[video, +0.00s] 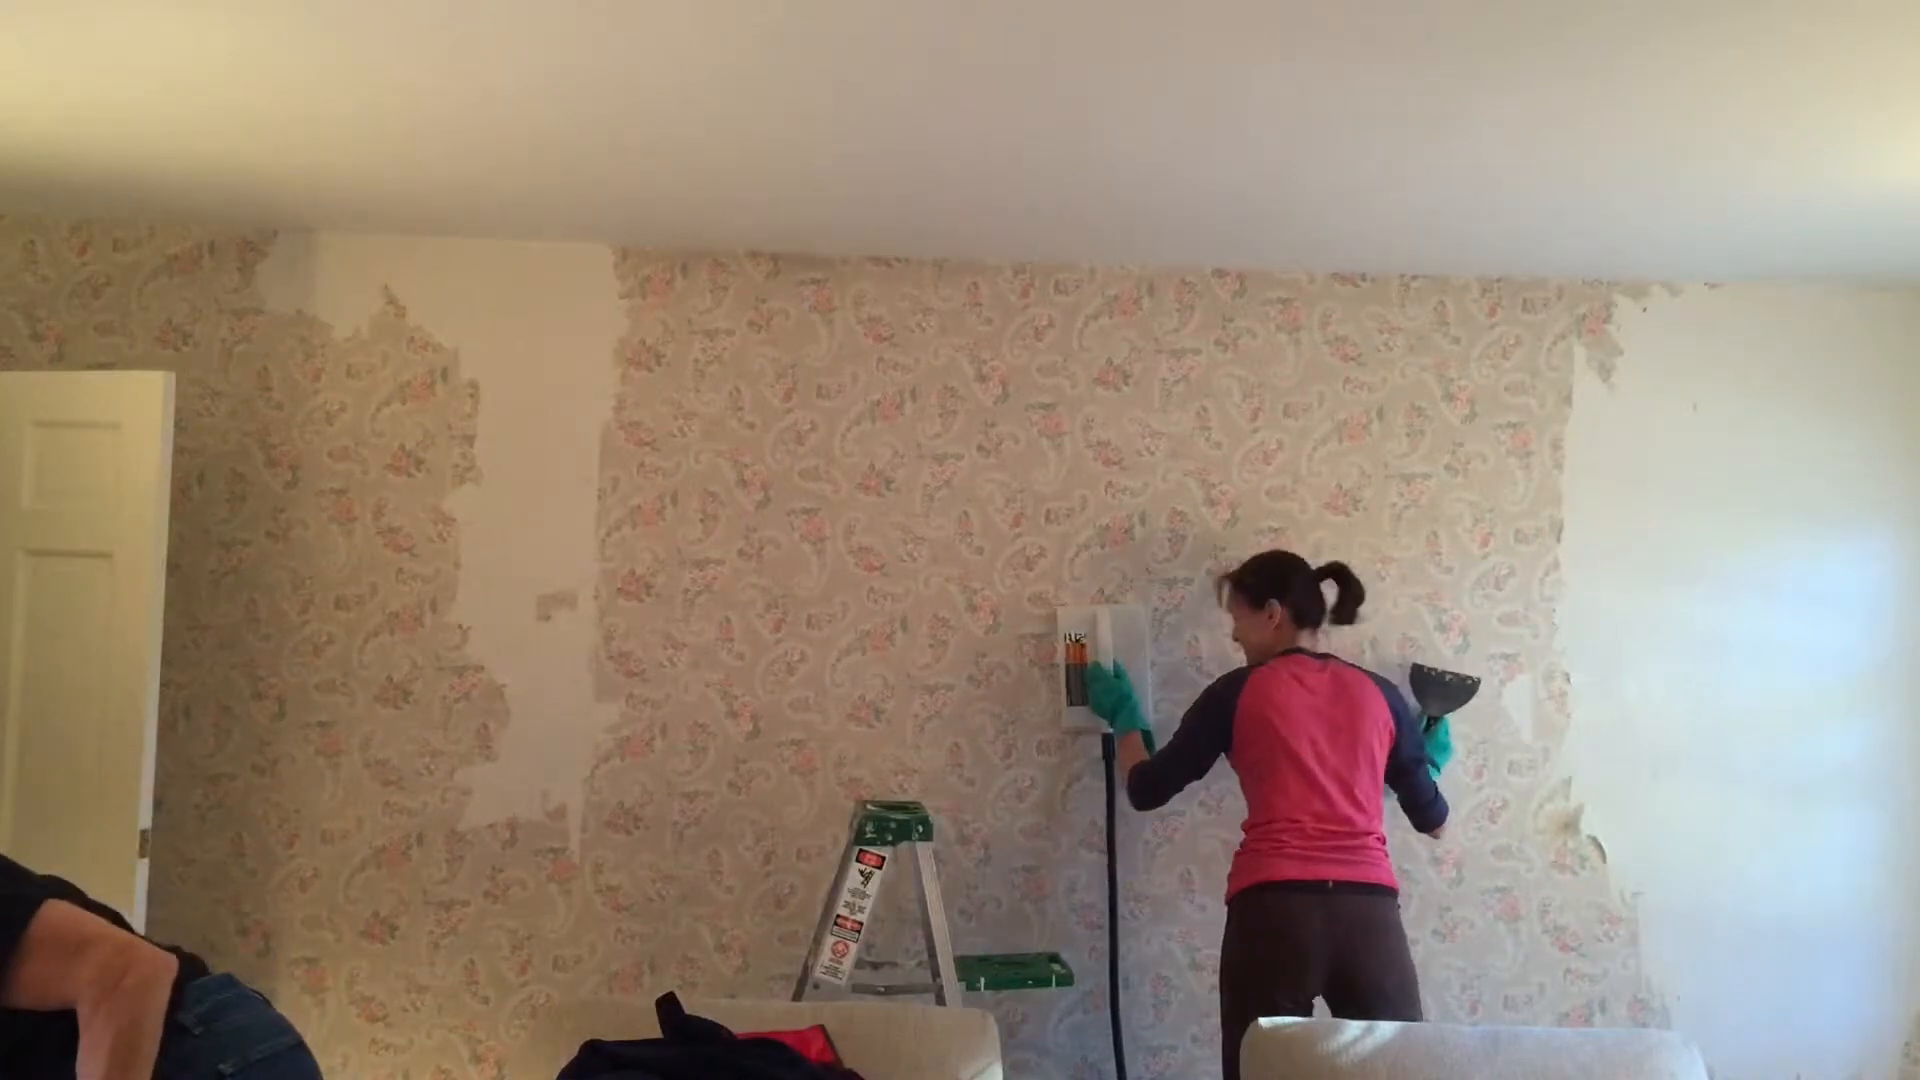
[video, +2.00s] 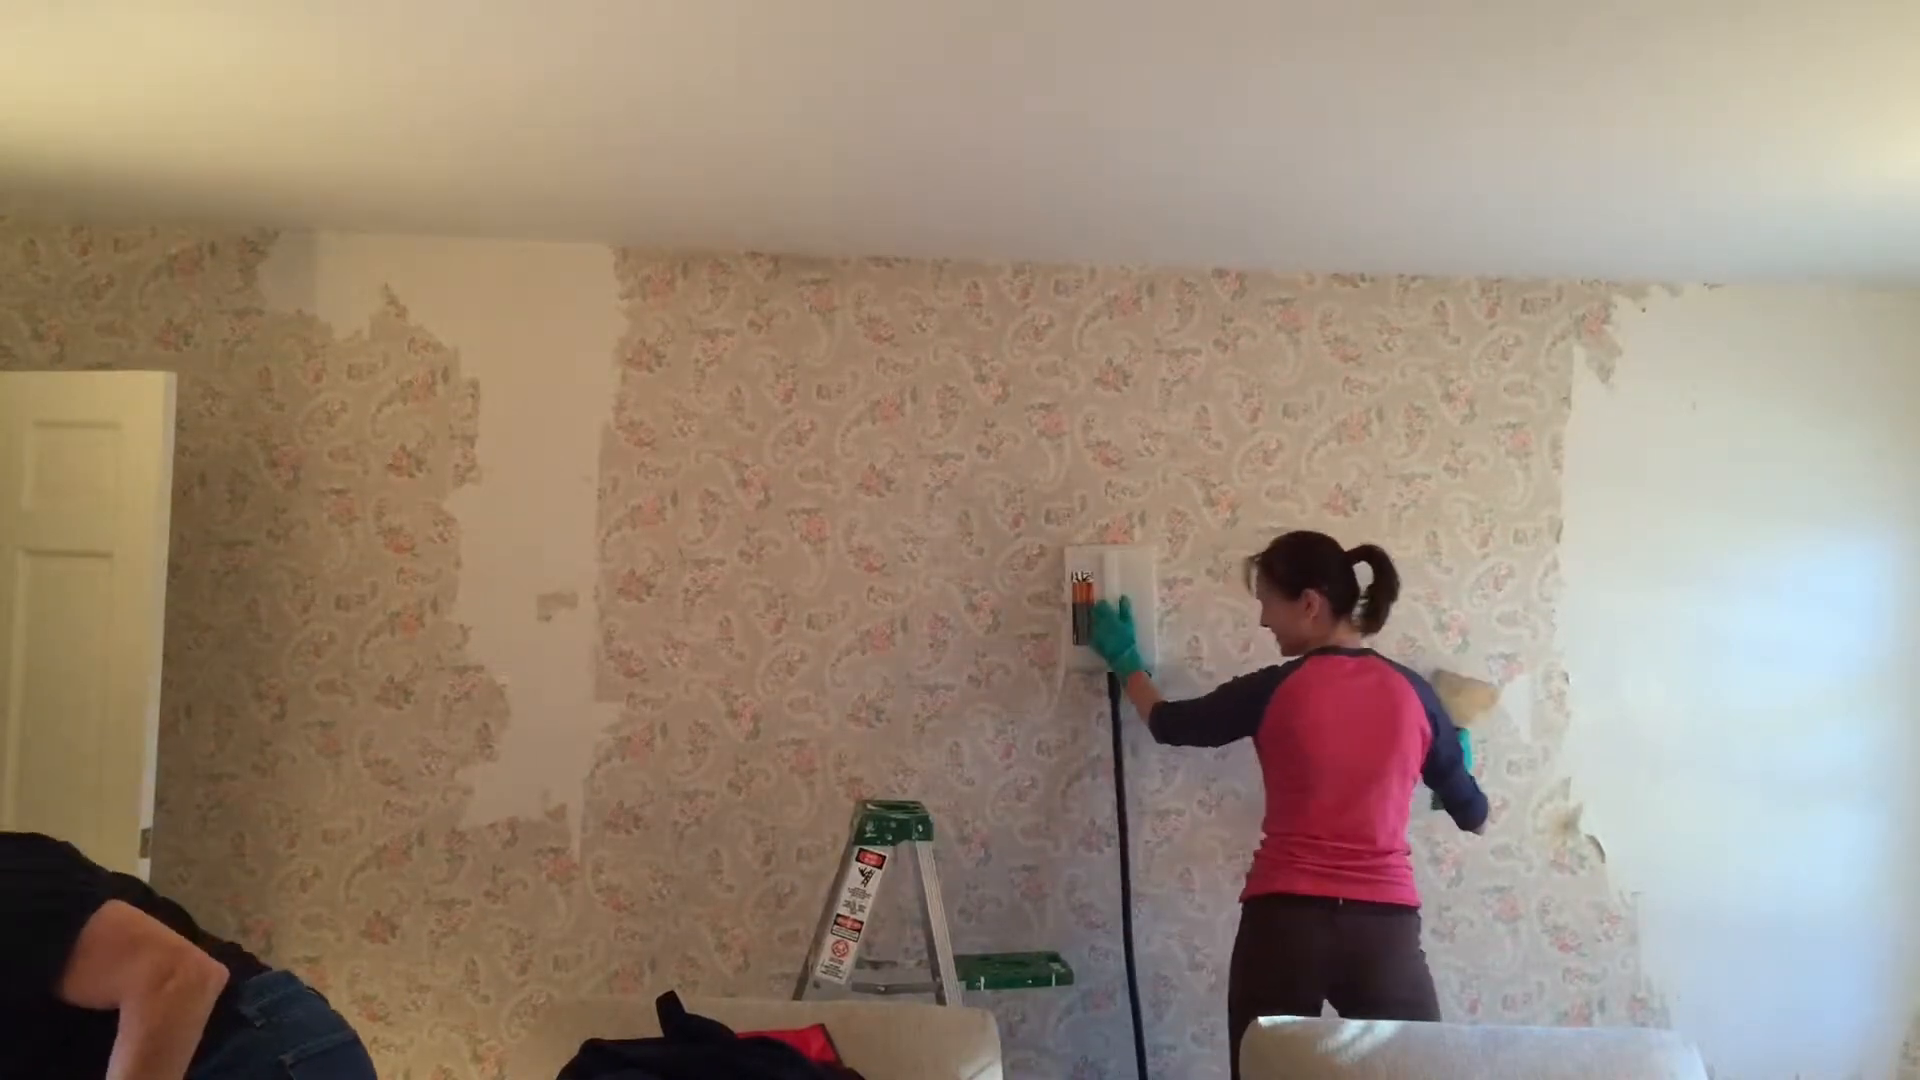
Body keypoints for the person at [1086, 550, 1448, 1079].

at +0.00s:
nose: (1233, 633)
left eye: (1237, 617)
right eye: (1231, 619)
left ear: (1274, 615)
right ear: (1292, 615)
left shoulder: (1238, 690)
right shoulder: (1383, 694)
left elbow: (1145, 790)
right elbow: (1430, 817)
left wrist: (1124, 716)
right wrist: (1429, 759)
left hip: (1272, 918)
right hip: (1370, 919)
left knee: (1256, 1074)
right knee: (1400, 1074)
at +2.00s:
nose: (1262, 617)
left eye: (1266, 600)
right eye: (1261, 601)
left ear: (1310, 605)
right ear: (1319, 603)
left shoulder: (1276, 686)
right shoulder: (1415, 693)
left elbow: (1167, 723)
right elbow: (1473, 815)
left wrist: (1123, 657)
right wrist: (1455, 766)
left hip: (1280, 934)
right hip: (1383, 939)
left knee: (1262, 1073)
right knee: (1419, 1076)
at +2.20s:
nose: (1303, 616)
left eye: (1310, 600)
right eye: (1304, 600)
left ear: (1353, 604)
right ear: (1369, 603)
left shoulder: (1314, 686)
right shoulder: (1458, 693)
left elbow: (1194, 710)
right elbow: (1529, 818)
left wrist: (1128, 655)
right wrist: (1533, 784)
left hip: (1324, 928)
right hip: (1428, 935)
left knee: (1292, 1073)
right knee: (1453, 1076)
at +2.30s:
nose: (1330, 617)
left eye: (1334, 603)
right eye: (1329, 603)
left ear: (1373, 604)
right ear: (1401, 605)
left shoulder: (1336, 687)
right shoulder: (1481, 695)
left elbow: (1211, 706)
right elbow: (1556, 814)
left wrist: (1137, 658)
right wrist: (1578, 797)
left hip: (1357, 933)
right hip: (1461, 938)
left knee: (1319, 1069)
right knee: (1483, 1074)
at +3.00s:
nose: (1387, 597)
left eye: (1389, 585)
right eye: (1394, 582)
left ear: (1395, 597)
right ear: (1464, 600)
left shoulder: (1357, 690)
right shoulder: (1506, 693)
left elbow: (1232, 723)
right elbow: (1576, 808)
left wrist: (1163, 659)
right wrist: (1593, 779)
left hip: (1397, 933)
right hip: (1502, 931)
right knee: (1531, 1079)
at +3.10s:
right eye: (1474, 602)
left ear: (1398, 608)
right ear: (1467, 612)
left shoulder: (1361, 697)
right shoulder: (1509, 699)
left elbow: (1246, 741)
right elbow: (1557, 811)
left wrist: (1196, 670)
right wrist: (1577, 777)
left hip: (1402, 942)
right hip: (1507, 939)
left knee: (1391, 1077)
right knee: (1545, 1077)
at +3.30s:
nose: (1501, 640)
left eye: (1501, 628)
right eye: (1501, 629)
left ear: (1429, 630)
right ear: (1488, 633)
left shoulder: (1382, 712)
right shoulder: (1528, 721)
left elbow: (1285, 767)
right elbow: (1553, 851)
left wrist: (1275, 699)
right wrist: (1566, 802)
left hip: (1411, 971)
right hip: (1519, 970)